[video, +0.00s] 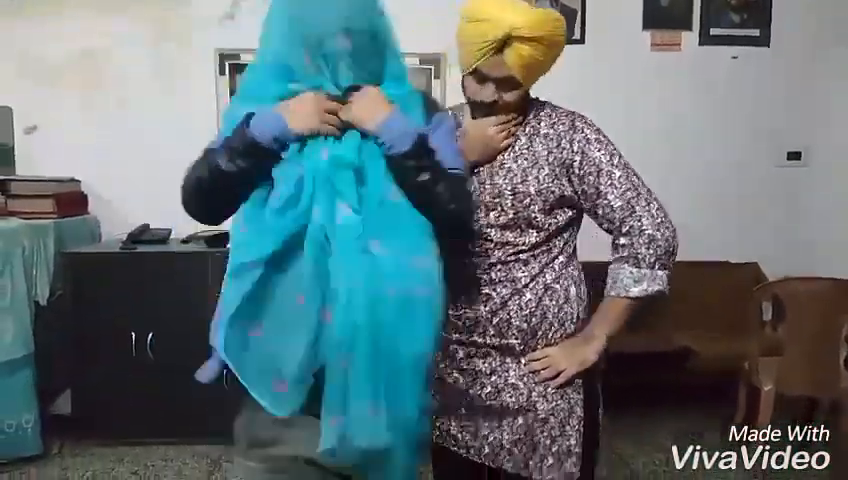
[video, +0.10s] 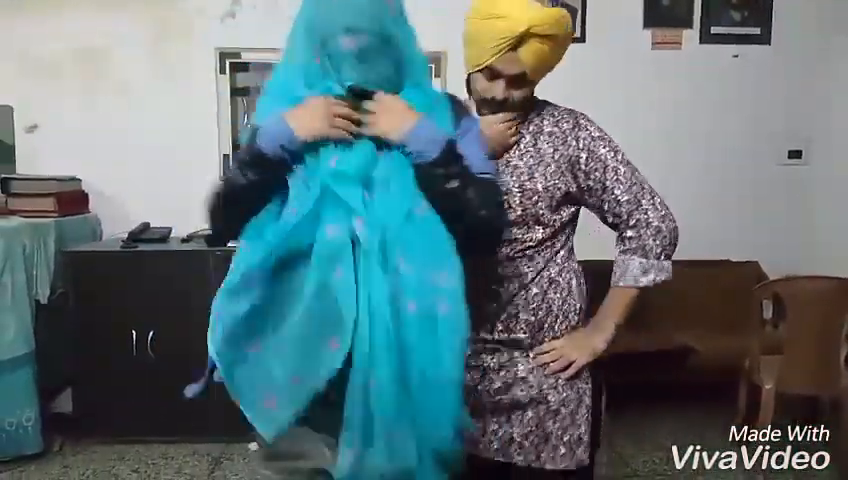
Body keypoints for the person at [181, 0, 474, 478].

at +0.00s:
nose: (339, 59)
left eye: (353, 40)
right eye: (319, 44)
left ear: (376, 37)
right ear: (289, 41)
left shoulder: (413, 112)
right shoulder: (264, 105)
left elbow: (459, 217)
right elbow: (202, 204)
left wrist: (394, 131)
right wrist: (275, 125)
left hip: (388, 392)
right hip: (277, 392)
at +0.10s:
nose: (353, 49)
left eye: (368, 36)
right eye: (336, 38)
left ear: (396, 35)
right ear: (312, 40)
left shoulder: (442, 117)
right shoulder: (292, 118)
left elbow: (488, 226)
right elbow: (223, 224)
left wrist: (421, 138)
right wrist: (285, 133)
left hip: (412, 377)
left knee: (403, 466)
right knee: (301, 464)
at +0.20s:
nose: (355, 59)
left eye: (372, 46)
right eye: (342, 46)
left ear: (408, 39)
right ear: (324, 48)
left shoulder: (468, 116)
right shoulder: (314, 123)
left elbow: (522, 228)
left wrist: (449, 148)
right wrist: (310, 163)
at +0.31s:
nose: (372, 88)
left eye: (382, 71)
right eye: (355, 68)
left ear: (414, 58)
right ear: (346, 61)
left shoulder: (489, 119)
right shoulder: (348, 126)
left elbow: (570, 226)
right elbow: (320, 248)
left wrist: (501, 171)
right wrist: (343, 205)